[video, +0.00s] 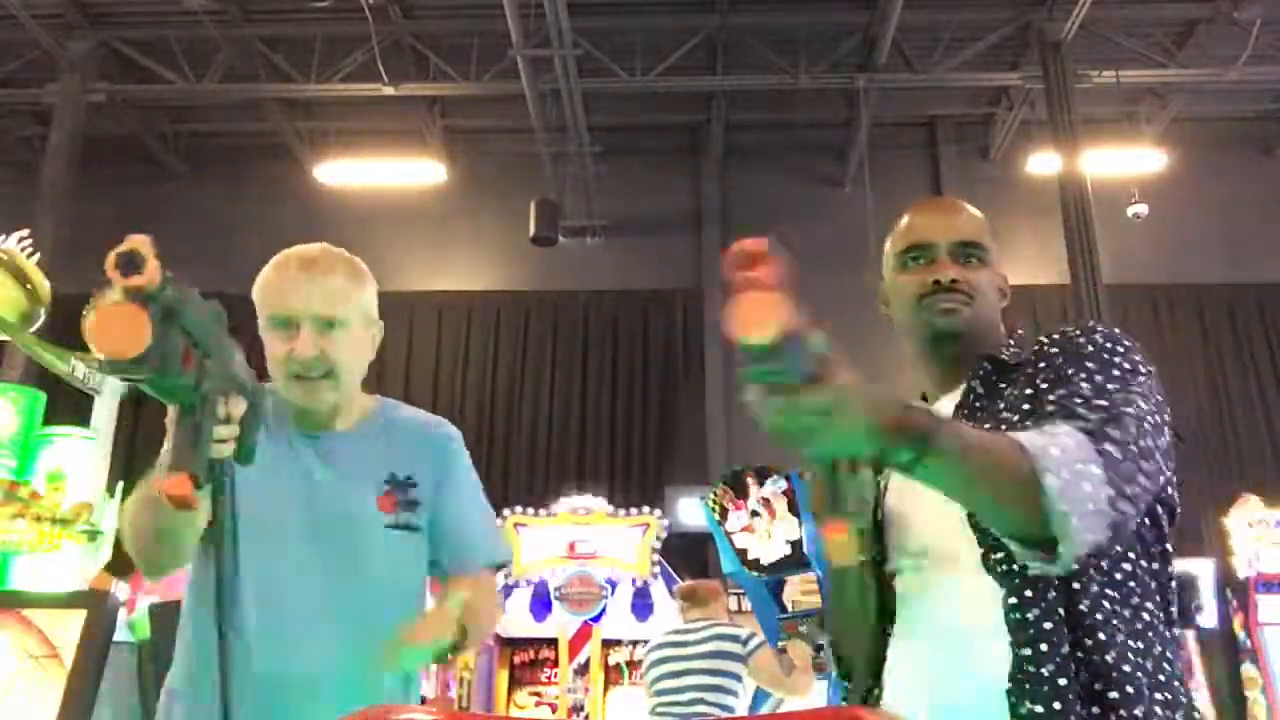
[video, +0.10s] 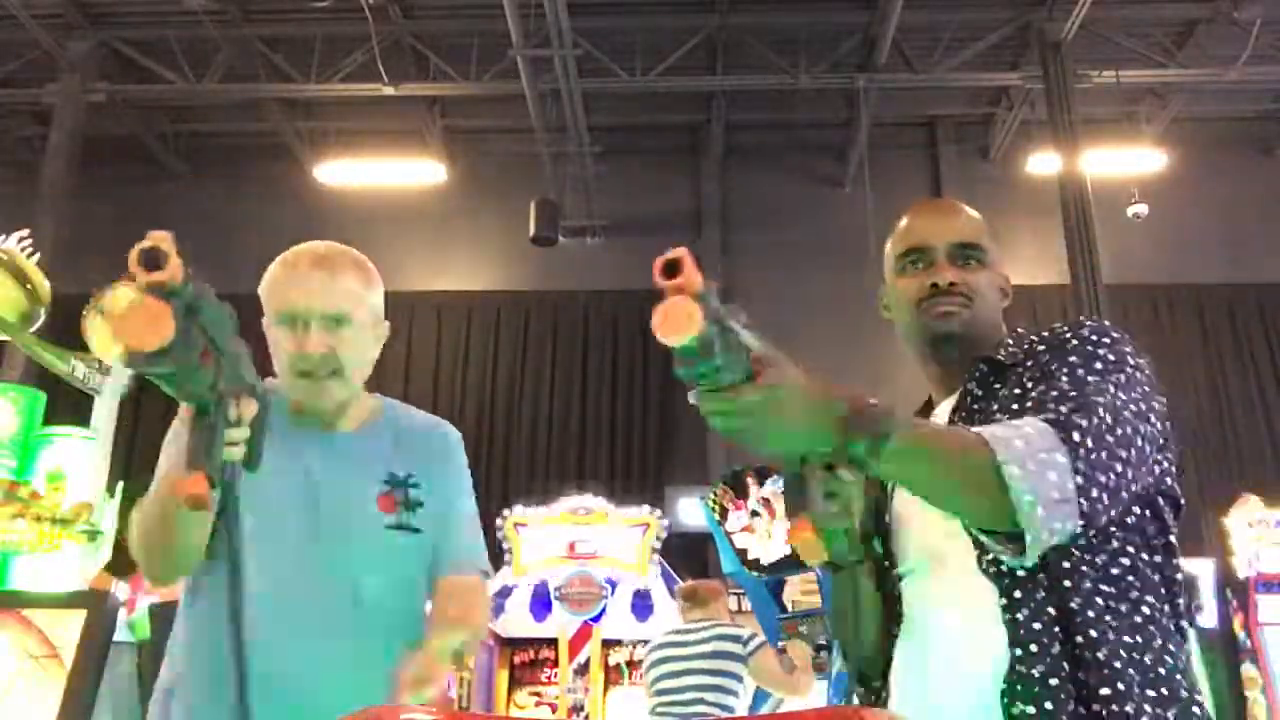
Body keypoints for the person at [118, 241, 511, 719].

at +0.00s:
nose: (304, 347)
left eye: (329, 325)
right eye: (284, 325)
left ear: (373, 337)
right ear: (260, 334)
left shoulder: (430, 447)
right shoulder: (216, 425)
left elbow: (477, 593)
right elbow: (152, 558)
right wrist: (183, 463)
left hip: (365, 710)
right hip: (216, 707)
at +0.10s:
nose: (313, 346)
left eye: (336, 323)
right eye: (293, 323)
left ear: (379, 335)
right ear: (266, 331)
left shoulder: (430, 446)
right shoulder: (216, 419)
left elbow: (463, 584)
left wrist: (438, 656)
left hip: (365, 710)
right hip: (211, 707)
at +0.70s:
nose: (314, 253)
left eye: (342, 229)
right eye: (290, 228)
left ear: (393, 253)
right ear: (262, 247)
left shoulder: (455, 385)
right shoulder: (203, 365)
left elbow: (490, 566)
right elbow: (126, 529)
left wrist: (385, 648)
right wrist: (101, 412)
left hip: (369, 714)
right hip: (192, 704)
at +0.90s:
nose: (323, 297)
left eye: (348, 279)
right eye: (300, 276)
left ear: (385, 306)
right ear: (269, 295)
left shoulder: (432, 420)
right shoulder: (221, 397)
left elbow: (473, 577)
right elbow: (160, 540)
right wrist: (182, 452)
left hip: (373, 705)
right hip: (217, 703)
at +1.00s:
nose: (337, 303)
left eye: (361, 285)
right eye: (316, 281)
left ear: (400, 310)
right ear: (286, 300)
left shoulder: (446, 417)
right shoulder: (230, 399)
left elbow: (470, 572)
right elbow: (187, 558)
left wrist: (351, 479)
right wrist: (187, 509)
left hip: (389, 704)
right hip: (241, 702)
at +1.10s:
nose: (311, 299)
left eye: (336, 281)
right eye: (289, 277)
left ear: (377, 305)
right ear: (258, 296)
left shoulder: (424, 410)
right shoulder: (198, 399)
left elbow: (441, 567)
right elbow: (161, 570)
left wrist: (300, 483)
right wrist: (182, 503)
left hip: (370, 705)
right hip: (213, 703)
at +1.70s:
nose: (292, 314)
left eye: (315, 298)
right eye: (274, 294)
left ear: (351, 325)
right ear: (239, 313)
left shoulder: (404, 420)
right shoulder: (178, 419)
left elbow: (434, 575)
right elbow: (170, 586)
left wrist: (318, 514)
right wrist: (218, 508)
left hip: (353, 709)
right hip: (201, 709)